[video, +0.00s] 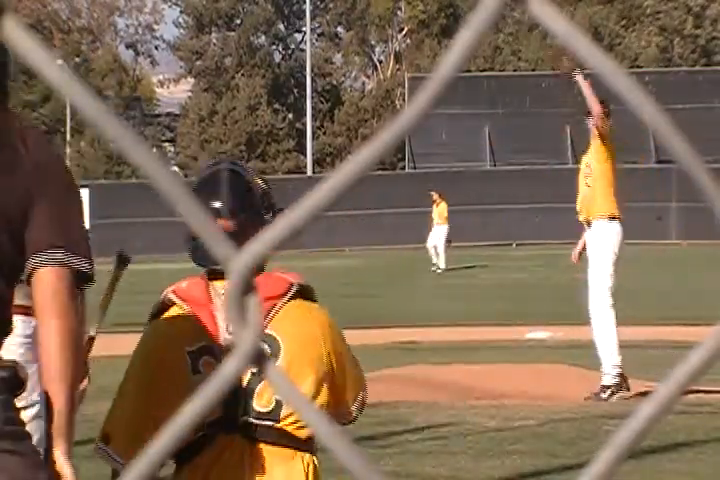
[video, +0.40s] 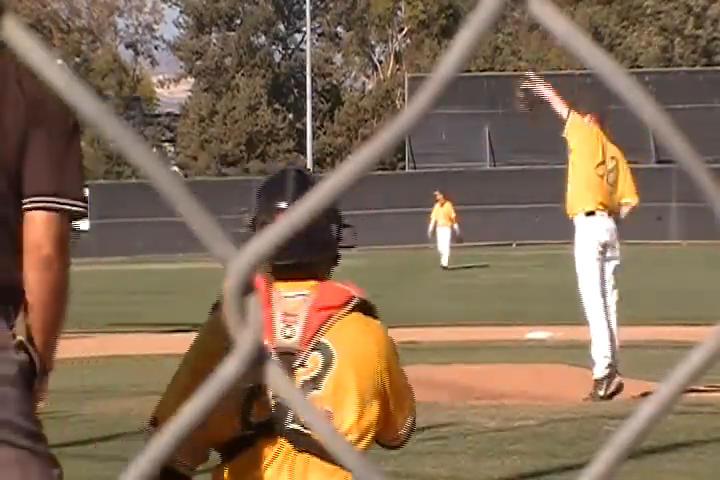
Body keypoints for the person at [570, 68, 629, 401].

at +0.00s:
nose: (592, 121)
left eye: (597, 118)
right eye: (593, 117)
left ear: (602, 123)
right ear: (592, 124)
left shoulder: (600, 148)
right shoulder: (590, 158)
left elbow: (598, 112)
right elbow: (591, 206)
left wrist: (581, 80)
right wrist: (582, 240)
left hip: (605, 226)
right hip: (596, 228)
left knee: (600, 299)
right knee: (597, 299)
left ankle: (612, 373)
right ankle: (610, 372)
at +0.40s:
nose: (573, 119)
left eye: (577, 115)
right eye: (574, 115)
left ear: (590, 118)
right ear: (602, 121)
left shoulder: (584, 133)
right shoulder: (615, 152)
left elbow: (561, 110)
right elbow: (630, 199)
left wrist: (547, 91)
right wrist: (609, 221)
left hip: (588, 223)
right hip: (610, 225)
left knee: (592, 296)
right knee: (608, 296)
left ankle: (603, 370)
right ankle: (609, 366)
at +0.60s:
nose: (579, 132)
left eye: (580, 129)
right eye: (581, 129)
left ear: (584, 128)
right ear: (599, 129)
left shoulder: (572, 145)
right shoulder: (616, 154)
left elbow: (547, 160)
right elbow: (624, 202)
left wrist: (539, 171)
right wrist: (617, 236)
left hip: (582, 225)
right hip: (609, 227)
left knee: (572, 298)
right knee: (606, 300)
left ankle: (591, 364)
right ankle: (610, 365)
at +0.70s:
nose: (573, 133)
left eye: (573, 129)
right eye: (577, 129)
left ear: (574, 131)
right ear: (594, 130)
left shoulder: (563, 157)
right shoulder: (608, 155)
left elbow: (550, 201)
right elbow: (623, 198)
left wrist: (561, 209)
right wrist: (618, 236)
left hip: (575, 227)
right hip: (604, 226)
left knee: (571, 302)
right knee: (606, 303)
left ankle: (573, 371)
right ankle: (609, 367)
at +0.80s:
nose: (566, 143)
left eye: (566, 139)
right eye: (568, 139)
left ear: (566, 139)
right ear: (585, 136)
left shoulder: (557, 164)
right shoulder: (604, 161)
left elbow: (554, 213)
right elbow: (623, 198)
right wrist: (617, 239)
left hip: (570, 233)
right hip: (600, 232)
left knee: (568, 307)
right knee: (605, 305)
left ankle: (561, 375)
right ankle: (609, 367)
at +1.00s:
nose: (551, 152)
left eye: (552, 147)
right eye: (553, 147)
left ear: (556, 146)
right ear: (571, 142)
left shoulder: (549, 170)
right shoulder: (595, 165)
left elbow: (541, 222)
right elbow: (608, 209)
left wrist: (552, 218)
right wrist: (608, 250)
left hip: (560, 239)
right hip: (590, 239)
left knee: (557, 311)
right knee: (591, 310)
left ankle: (562, 376)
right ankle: (600, 355)